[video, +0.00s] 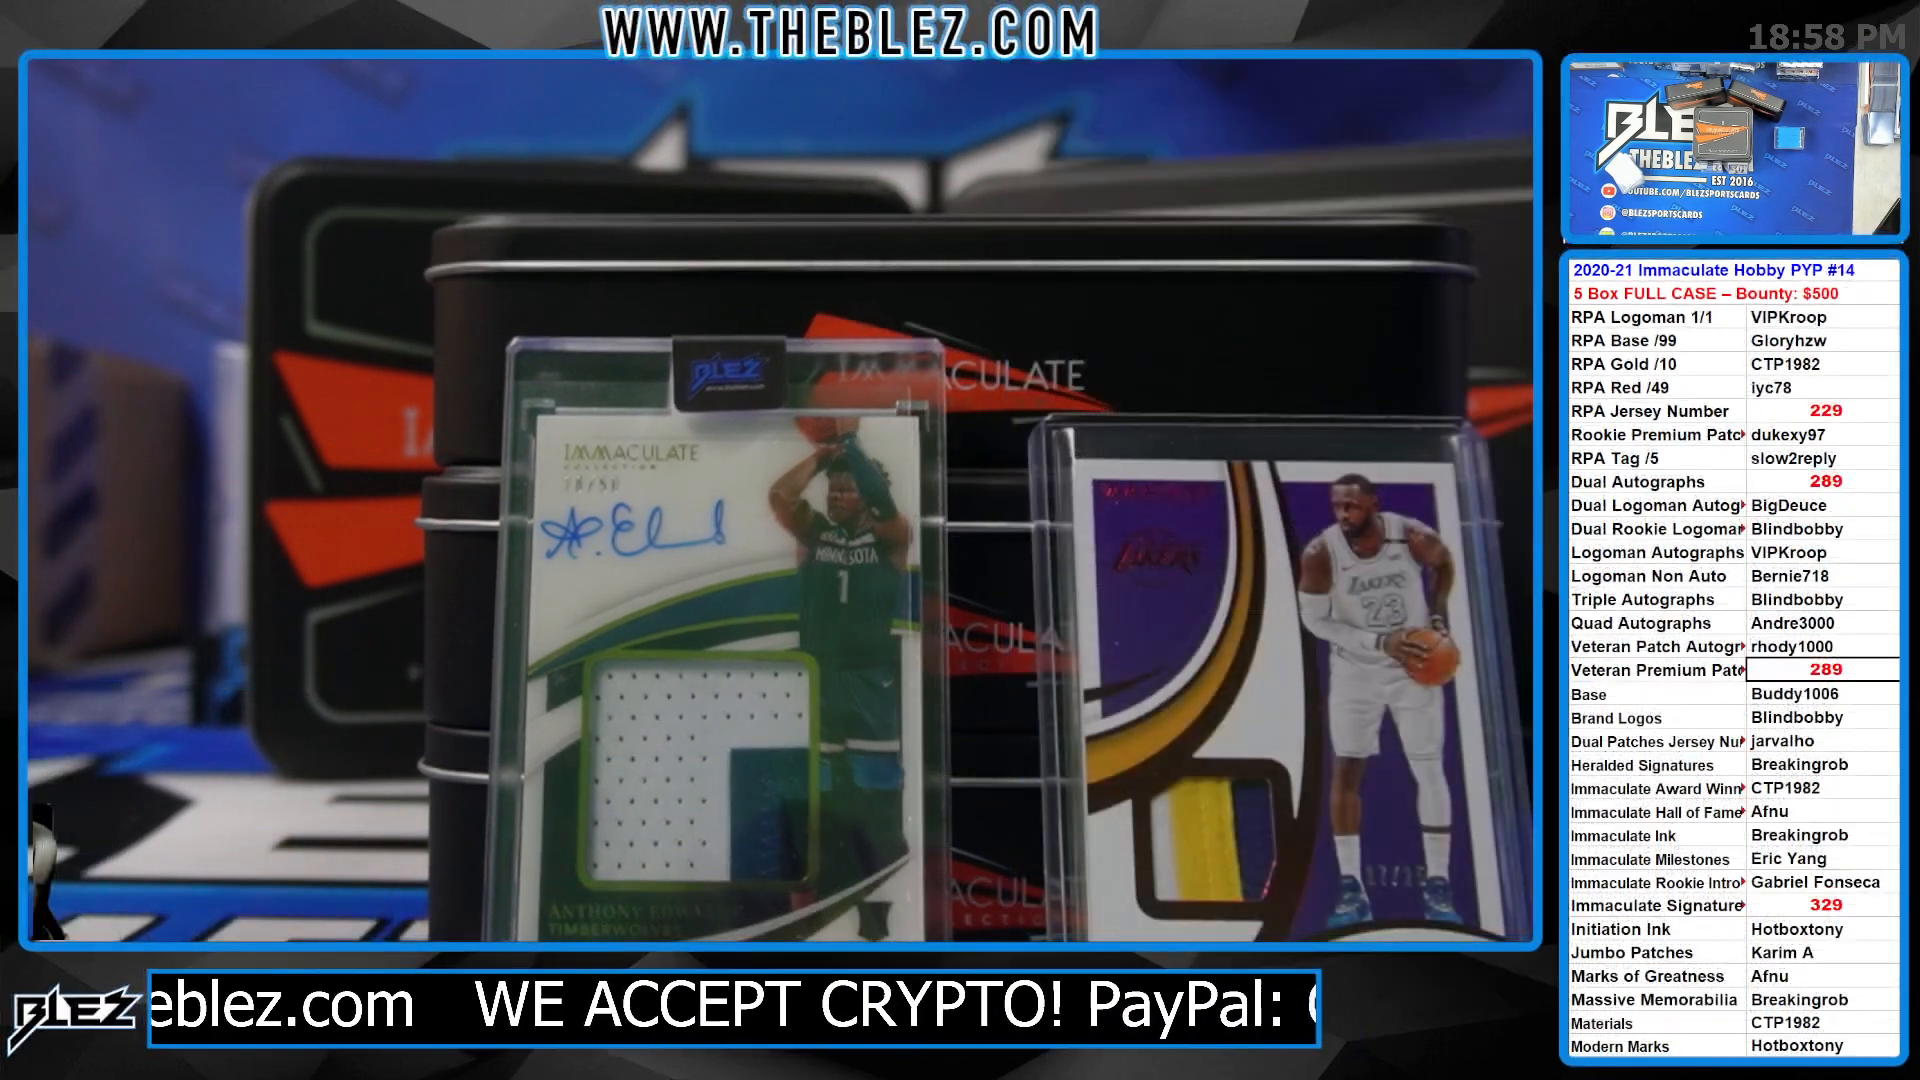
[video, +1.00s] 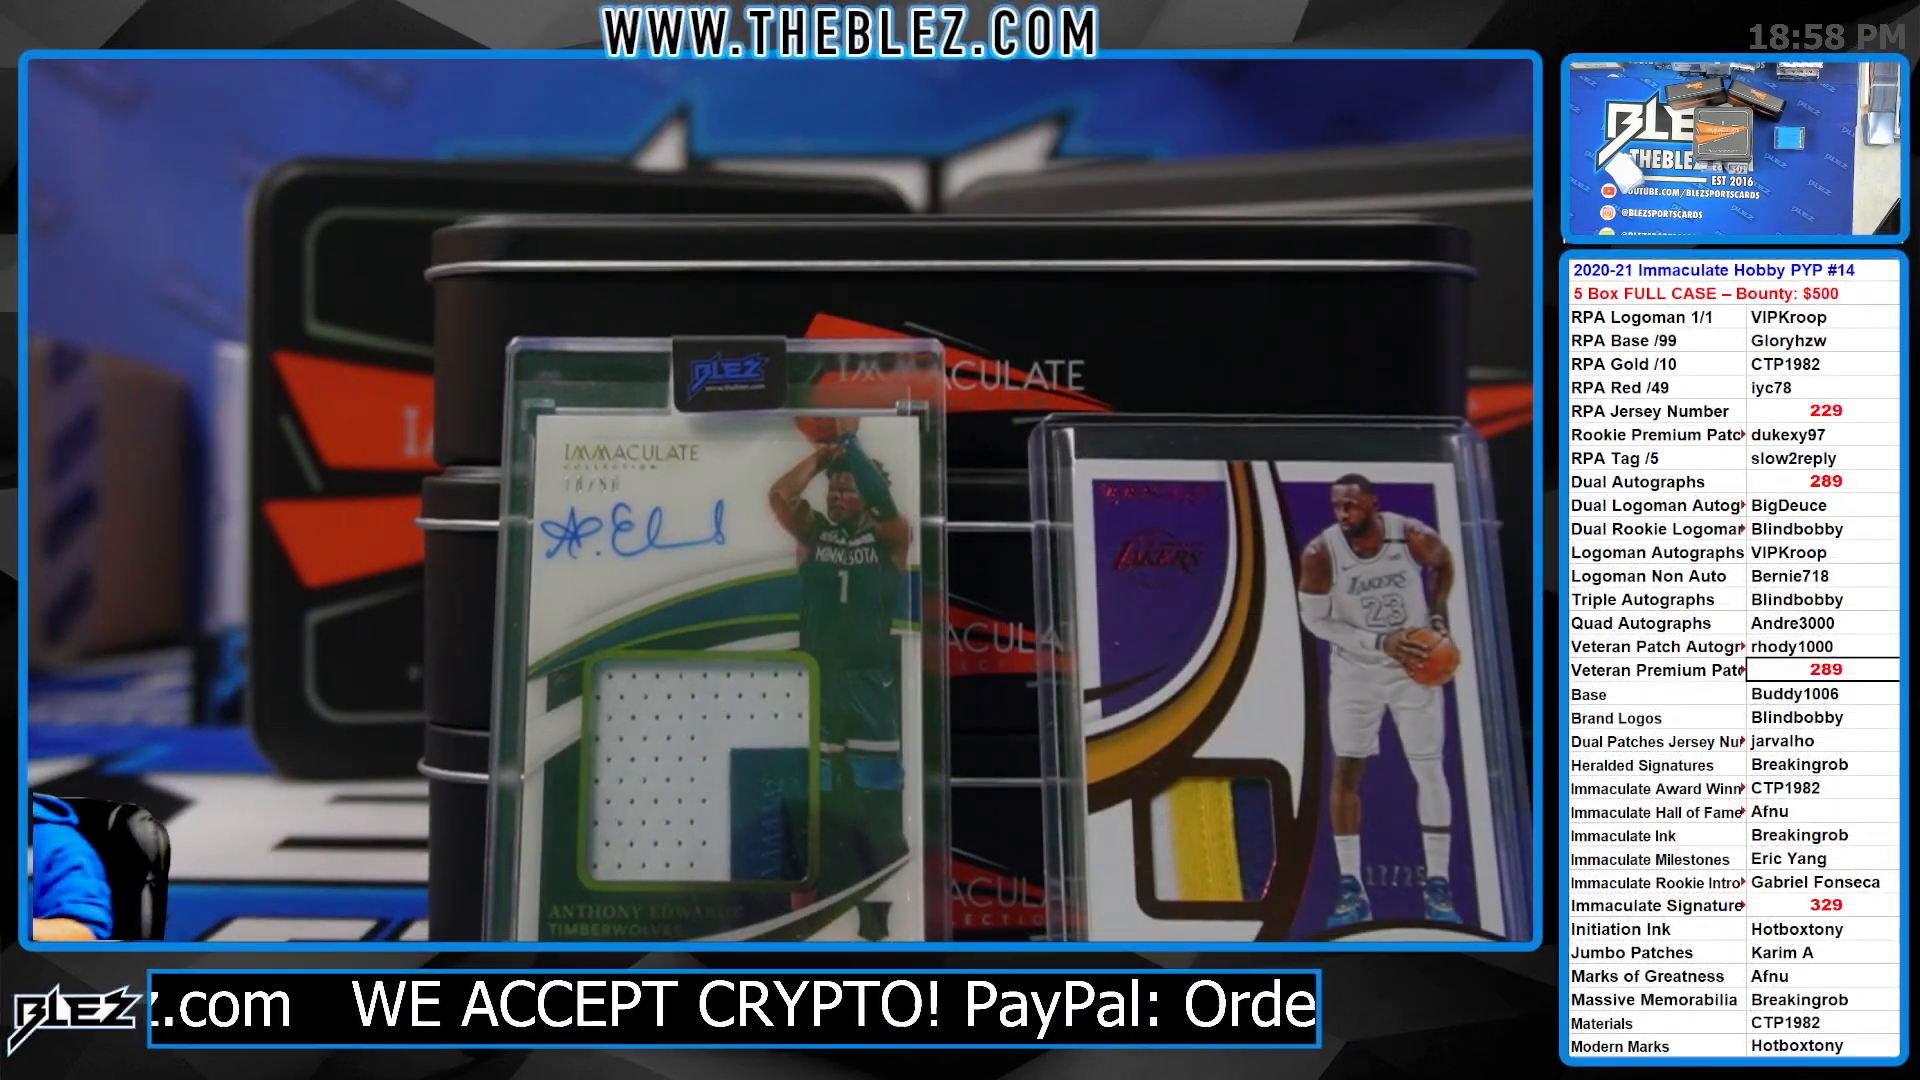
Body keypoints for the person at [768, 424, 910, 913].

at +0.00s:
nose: (840, 496)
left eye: (850, 489)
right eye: (835, 488)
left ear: (867, 495)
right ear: (826, 494)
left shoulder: (889, 540)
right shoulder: (813, 533)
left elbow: (883, 502)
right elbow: (780, 495)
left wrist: (850, 449)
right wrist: (819, 458)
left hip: (872, 680)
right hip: (818, 679)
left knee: (877, 801)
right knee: (822, 800)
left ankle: (876, 907)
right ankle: (820, 900)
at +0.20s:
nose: (841, 495)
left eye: (850, 489)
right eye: (835, 487)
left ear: (868, 495)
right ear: (826, 493)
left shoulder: (889, 540)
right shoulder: (814, 532)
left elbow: (885, 506)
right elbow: (780, 495)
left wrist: (851, 450)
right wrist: (819, 458)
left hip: (872, 678)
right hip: (818, 676)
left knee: (876, 795)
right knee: (824, 792)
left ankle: (876, 905)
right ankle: (823, 891)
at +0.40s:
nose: (841, 495)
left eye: (850, 488)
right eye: (835, 487)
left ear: (868, 495)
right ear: (826, 494)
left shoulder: (889, 539)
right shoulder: (814, 533)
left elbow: (885, 508)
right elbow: (780, 496)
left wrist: (852, 452)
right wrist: (818, 459)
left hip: (872, 676)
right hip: (818, 675)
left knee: (877, 794)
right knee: (822, 791)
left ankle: (876, 900)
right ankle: (821, 890)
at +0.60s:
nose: (841, 495)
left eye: (851, 488)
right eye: (835, 487)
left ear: (868, 495)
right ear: (826, 493)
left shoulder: (890, 540)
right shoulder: (814, 533)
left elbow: (884, 505)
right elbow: (780, 496)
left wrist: (851, 449)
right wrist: (818, 459)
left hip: (872, 678)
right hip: (817, 676)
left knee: (877, 797)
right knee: (820, 792)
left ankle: (876, 903)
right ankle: (816, 892)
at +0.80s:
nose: (841, 495)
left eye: (850, 488)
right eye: (835, 487)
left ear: (868, 495)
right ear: (827, 493)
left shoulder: (889, 539)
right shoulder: (814, 532)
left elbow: (886, 508)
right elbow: (780, 496)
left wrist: (853, 452)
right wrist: (818, 459)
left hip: (871, 677)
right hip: (817, 675)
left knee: (878, 792)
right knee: (820, 788)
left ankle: (877, 898)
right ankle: (819, 888)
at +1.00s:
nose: (841, 494)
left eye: (850, 488)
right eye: (835, 487)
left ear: (868, 495)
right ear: (827, 493)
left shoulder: (890, 539)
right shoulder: (814, 532)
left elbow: (886, 509)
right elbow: (780, 496)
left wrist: (853, 453)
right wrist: (818, 460)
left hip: (872, 677)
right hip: (817, 675)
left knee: (878, 796)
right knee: (819, 792)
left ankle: (876, 901)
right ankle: (815, 893)